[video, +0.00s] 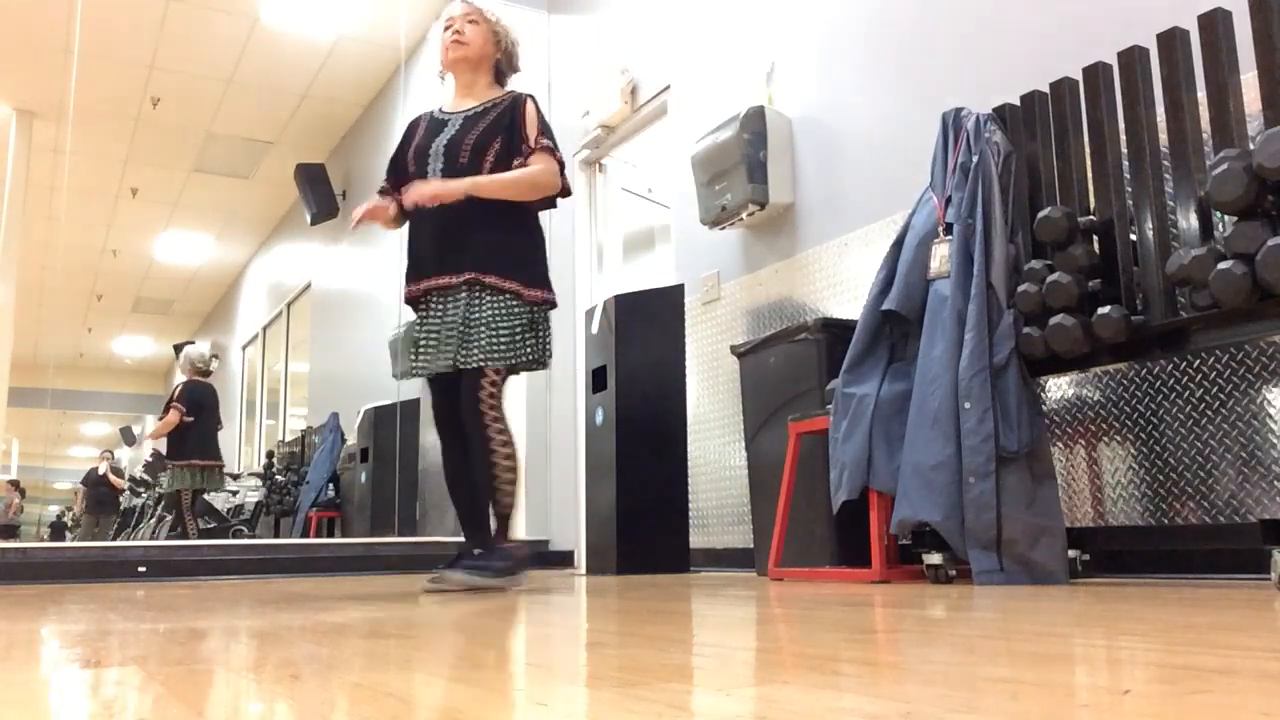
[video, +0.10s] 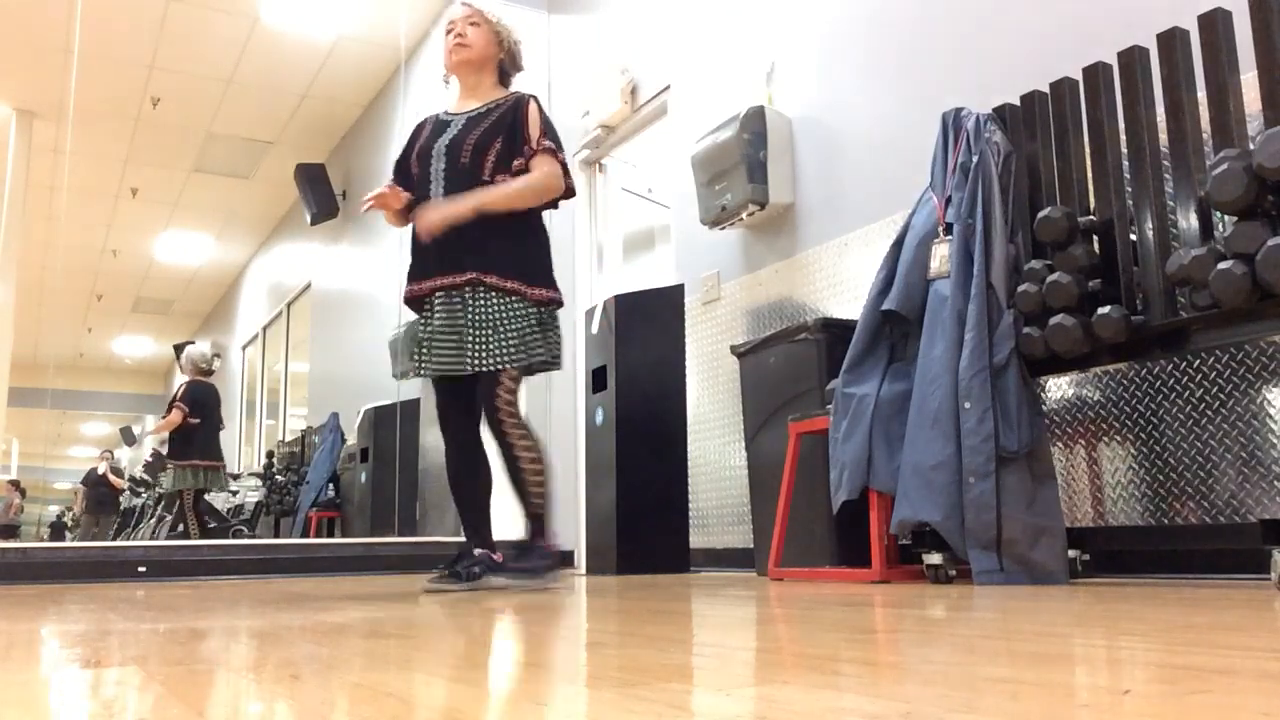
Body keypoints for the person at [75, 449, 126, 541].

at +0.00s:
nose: (105, 461)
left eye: (108, 459)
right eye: (103, 458)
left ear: (112, 460)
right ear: (99, 459)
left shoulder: (117, 471)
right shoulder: (92, 471)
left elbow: (122, 485)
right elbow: (82, 489)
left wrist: (109, 473)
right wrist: (79, 505)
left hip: (108, 512)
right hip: (90, 511)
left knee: (101, 540)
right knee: (83, 538)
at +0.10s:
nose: (105, 461)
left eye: (107, 459)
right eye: (103, 458)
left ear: (112, 460)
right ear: (99, 459)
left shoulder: (117, 471)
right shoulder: (92, 471)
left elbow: (121, 485)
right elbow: (83, 489)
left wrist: (108, 473)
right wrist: (79, 506)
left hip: (108, 512)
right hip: (90, 510)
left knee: (101, 540)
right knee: (83, 538)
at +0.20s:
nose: (104, 461)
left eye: (107, 459)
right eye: (102, 458)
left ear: (111, 460)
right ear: (98, 459)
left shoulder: (116, 471)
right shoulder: (91, 471)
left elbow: (120, 486)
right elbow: (82, 489)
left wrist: (107, 473)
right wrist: (78, 506)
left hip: (107, 511)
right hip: (89, 510)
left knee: (101, 540)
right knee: (82, 538)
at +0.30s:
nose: (102, 461)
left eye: (105, 459)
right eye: (100, 458)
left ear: (110, 460)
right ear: (97, 459)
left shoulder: (114, 471)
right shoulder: (90, 471)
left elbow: (118, 485)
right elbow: (80, 490)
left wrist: (105, 473)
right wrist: (76, 506)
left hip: (105, 512)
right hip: (87, 511)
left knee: (100, 540)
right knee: (83, 539)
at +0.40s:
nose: (101, 461)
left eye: (104, 459)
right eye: (99, 458)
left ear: (109, 460)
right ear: (96, 459)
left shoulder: (114, 472)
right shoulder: (88, 471)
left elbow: (117, 485)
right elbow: (79, 490)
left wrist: (103, 473)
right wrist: (75, 507)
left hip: (105, 511)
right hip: (87, 511)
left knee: (100, 540)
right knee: (83, 538)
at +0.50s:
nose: (98, 461)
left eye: (101, 459)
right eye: (96, 458)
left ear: (107, 460)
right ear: (93, 459)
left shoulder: (110, 471)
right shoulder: (86, 471)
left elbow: (113, 486)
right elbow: (75, 488)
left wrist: (100, 473)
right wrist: (72, 507)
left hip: (101, 510)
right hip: (84, 510)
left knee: (98, 537)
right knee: (83, 537)